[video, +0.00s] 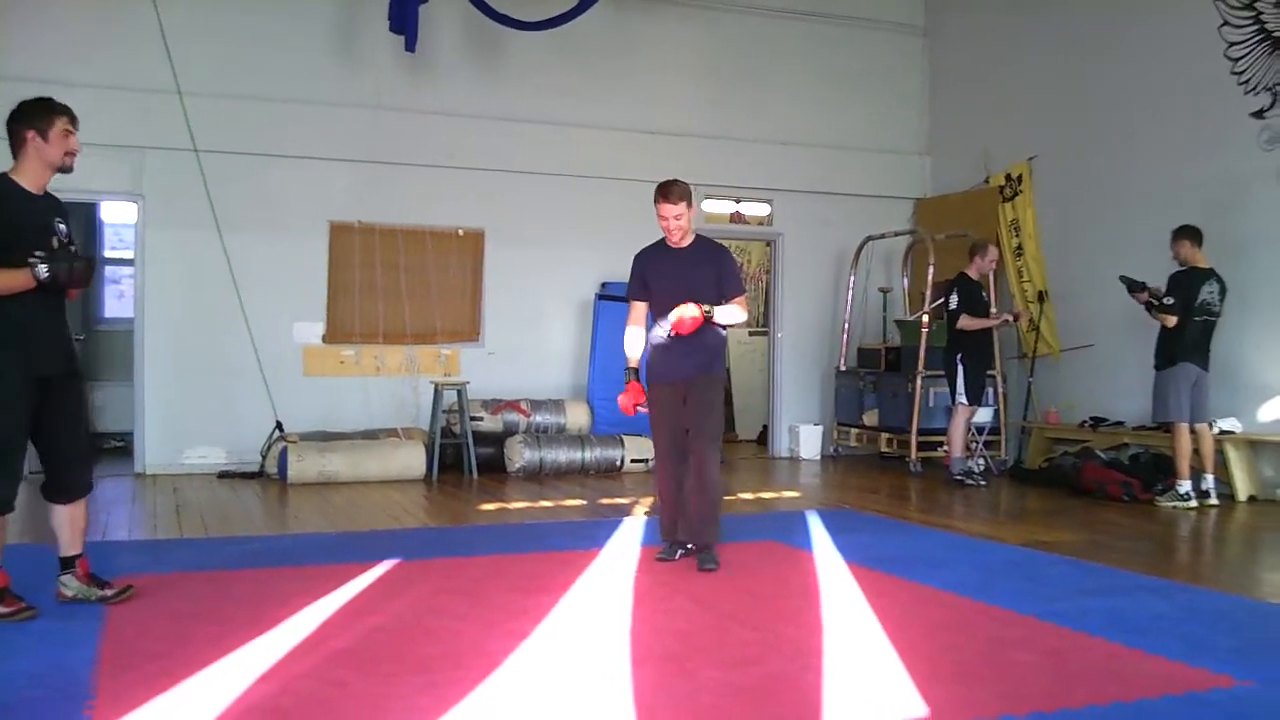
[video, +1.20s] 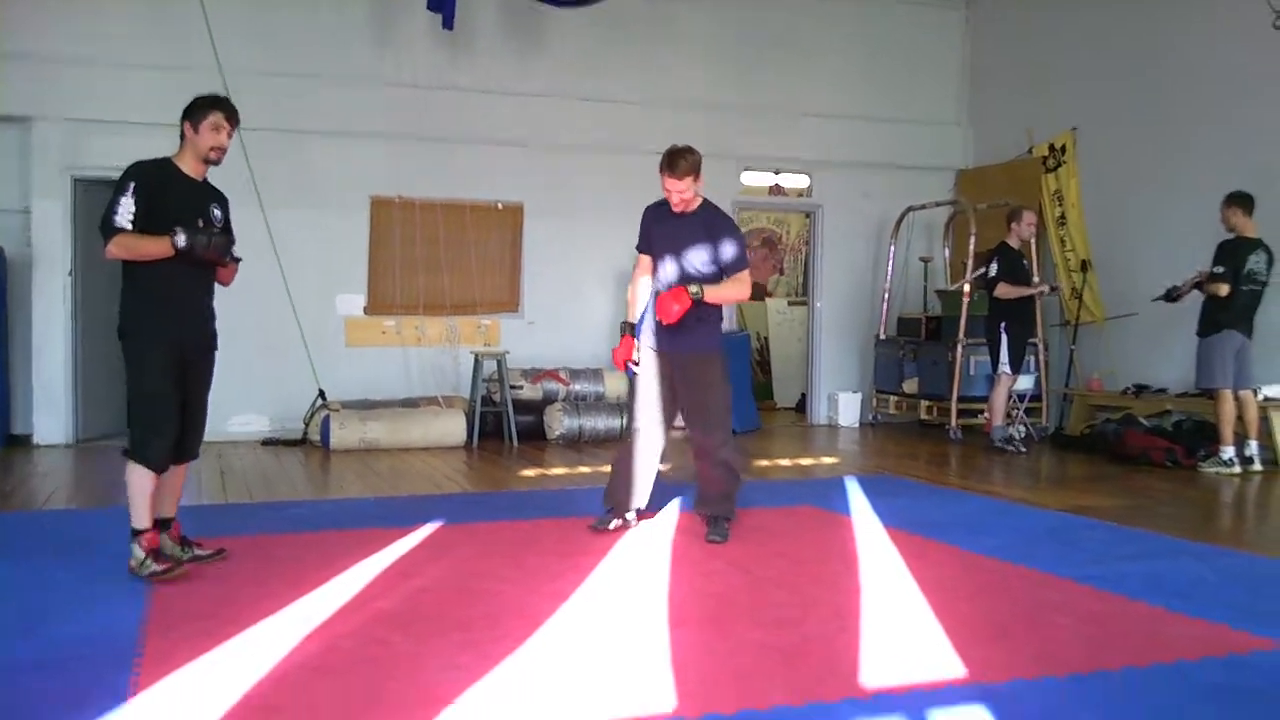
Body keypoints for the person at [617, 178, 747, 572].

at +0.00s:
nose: (671, 225)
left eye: (678, 217)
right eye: (664, 218)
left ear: (692, 212)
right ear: (656, 216)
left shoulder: (717, 256)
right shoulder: (646, 260)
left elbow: (741, 311)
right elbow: (636, 321)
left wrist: (705, 312)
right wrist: (632, 375)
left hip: (706, 373)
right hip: (662, 374)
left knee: (704, 455)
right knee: (667, 455)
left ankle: (704, 543)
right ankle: (675, 537)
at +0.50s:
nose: (725, 238)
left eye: (733, 232)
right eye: (719, 230)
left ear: (746, 222)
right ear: (710, 217)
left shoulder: (761, 264)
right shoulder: (685, 252)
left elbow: (775, 318)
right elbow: (667, 312)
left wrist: (748, 332)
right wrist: (664, 370)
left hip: (738, 385)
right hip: (691, 382)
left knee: (735, 465)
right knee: (700, 464)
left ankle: (726, 552)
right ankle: (711, 544)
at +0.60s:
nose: (741, 236)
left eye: (749, 230)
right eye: (735, 227)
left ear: (761, 220)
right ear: (725, 212)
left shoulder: (770, 261)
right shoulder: (695, 247)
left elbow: (786, 317)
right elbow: (674, 306)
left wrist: (759, 331)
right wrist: (673, 364)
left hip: (747, 383)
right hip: (700, 379)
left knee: (742, 463)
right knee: (710, 462)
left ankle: (736, 550)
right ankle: (725, 533)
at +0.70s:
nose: (738, 231)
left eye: (747, 225)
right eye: (733, 222)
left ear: (761, 216)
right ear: (724, 206)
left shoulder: (771, 260)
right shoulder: (695, 241)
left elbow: (786, 315)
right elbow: (675, 302)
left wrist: (759, 327)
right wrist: (671, 361)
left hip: (745, 381)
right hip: (696, 374)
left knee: (742, 462)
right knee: (693, 452)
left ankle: (737, 549)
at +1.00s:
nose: (714, 228)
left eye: (723, 222)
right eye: (709, 219)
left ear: (740, 211)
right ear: (701, 206)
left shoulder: (755, 256)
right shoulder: (686, 236)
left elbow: (777, 319)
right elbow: (670, 297)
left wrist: (737, 325)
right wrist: (654, 353)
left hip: (726, 374)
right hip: (680, 367)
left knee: (732, 462)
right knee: (662, 443)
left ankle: (733, 546)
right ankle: (706, 484)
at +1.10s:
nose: (696, 223)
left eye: (704, 216)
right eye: (691, 214)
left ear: (721, 206)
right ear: (683, 203)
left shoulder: (740, 251)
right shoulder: (673, 235)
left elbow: (763, 314)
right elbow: (658, 294)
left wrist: (717, 319)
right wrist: (642, 352)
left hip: (715, 373)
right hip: (667, 367)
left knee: (722, 459)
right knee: (656, 452)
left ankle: (726, 544)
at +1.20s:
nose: (675, 199)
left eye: (683, 191)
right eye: (669, 191)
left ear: (699, 181)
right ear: (662, 182)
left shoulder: (721, 225)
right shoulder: (653, 217)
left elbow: (742, 288)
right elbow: (641, 274)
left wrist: (694, 291)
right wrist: (629, 329)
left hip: (700, 348)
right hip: (655, 344)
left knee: (709, 432)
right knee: (643, 426)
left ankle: (718, 512)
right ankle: (624, 506)